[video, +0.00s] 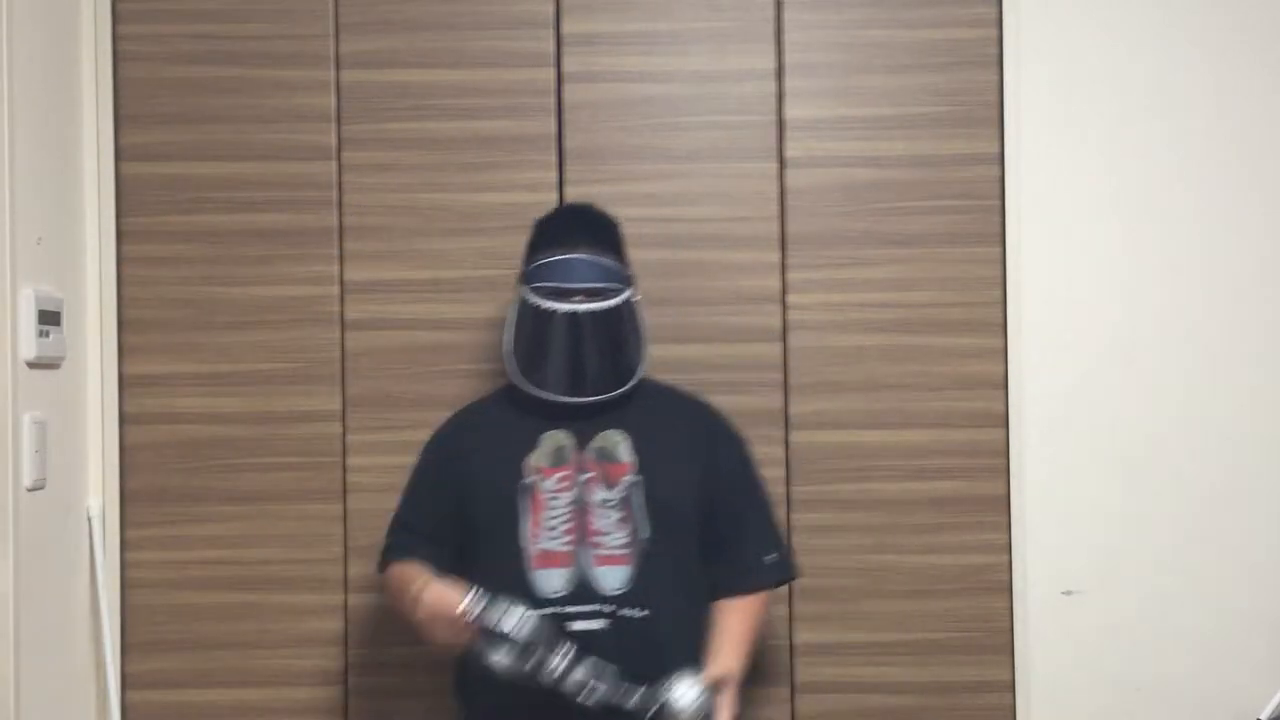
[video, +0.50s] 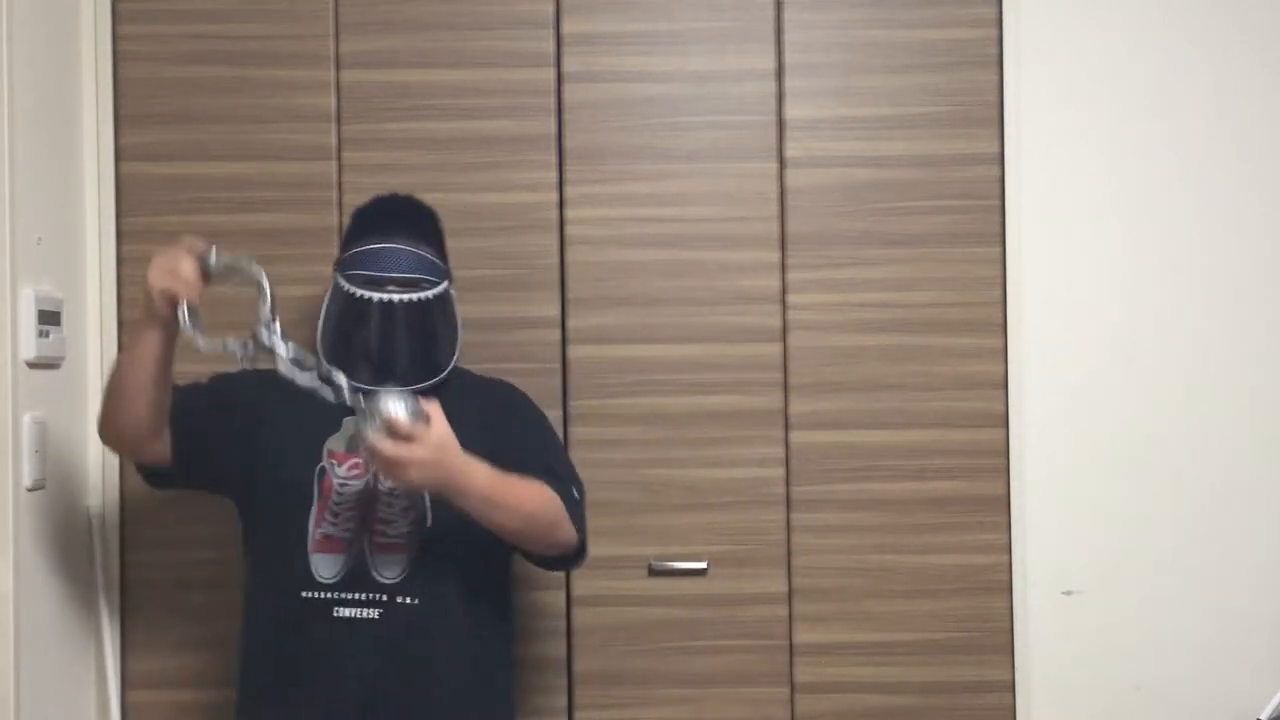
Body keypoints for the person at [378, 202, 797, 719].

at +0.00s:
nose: (577, 335)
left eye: (596, 314)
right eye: (558, 316)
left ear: (628, 312)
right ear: (526, 314)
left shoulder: (696, 436)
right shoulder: (470, 440)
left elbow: (747, 573)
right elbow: (403, 560)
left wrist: (719, 684)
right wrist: (431, 598)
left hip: (661, 701)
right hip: (514, 701)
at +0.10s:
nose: (526, 349)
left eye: (547, 330)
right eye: (507, 329)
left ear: (579, 327)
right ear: (474, 325)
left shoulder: (638, 451)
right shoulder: (414, 450)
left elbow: (684, 594)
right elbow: (358, 568)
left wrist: (651, 700)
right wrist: (371, 621)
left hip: (594, 705)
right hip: (452, 705)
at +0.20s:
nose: (475, 344)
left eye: (494, 326)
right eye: (455, 324)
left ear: (525, 326)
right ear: (424, 320)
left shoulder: (581, 450)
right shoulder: (359, 445)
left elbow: (629, 590)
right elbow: (281, 555)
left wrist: (582, 683)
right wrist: (287, 592)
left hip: (524, 702)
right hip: (387, 699)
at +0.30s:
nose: (433, 331)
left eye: (454, 312)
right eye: (414, 310)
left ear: (486, 312)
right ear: (382, 306)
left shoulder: (543, 436)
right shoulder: (320, 426)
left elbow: (598, 564)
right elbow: (253, 537)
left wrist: (522, 617)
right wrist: (220, 519)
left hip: (494, 704)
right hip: (345, 702)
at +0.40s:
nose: (403, 322)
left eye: (424, 303)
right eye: (384, 301)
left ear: (459, 304)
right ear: (354, 298)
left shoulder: (513, 420)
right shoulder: (289, 413)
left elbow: (585, 551)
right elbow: (168, 492)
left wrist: (480, 540)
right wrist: (172, 401)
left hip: (469, 702)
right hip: (314, 701)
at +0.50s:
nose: (387, 317)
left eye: (410, 297)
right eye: (367, 296)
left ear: (441, 299)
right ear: (337, 292)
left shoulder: (497, 413)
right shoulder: (268, 406)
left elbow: (564, 536)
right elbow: (134, 434)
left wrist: (452, 472)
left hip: (451, 701)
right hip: (293, 701)